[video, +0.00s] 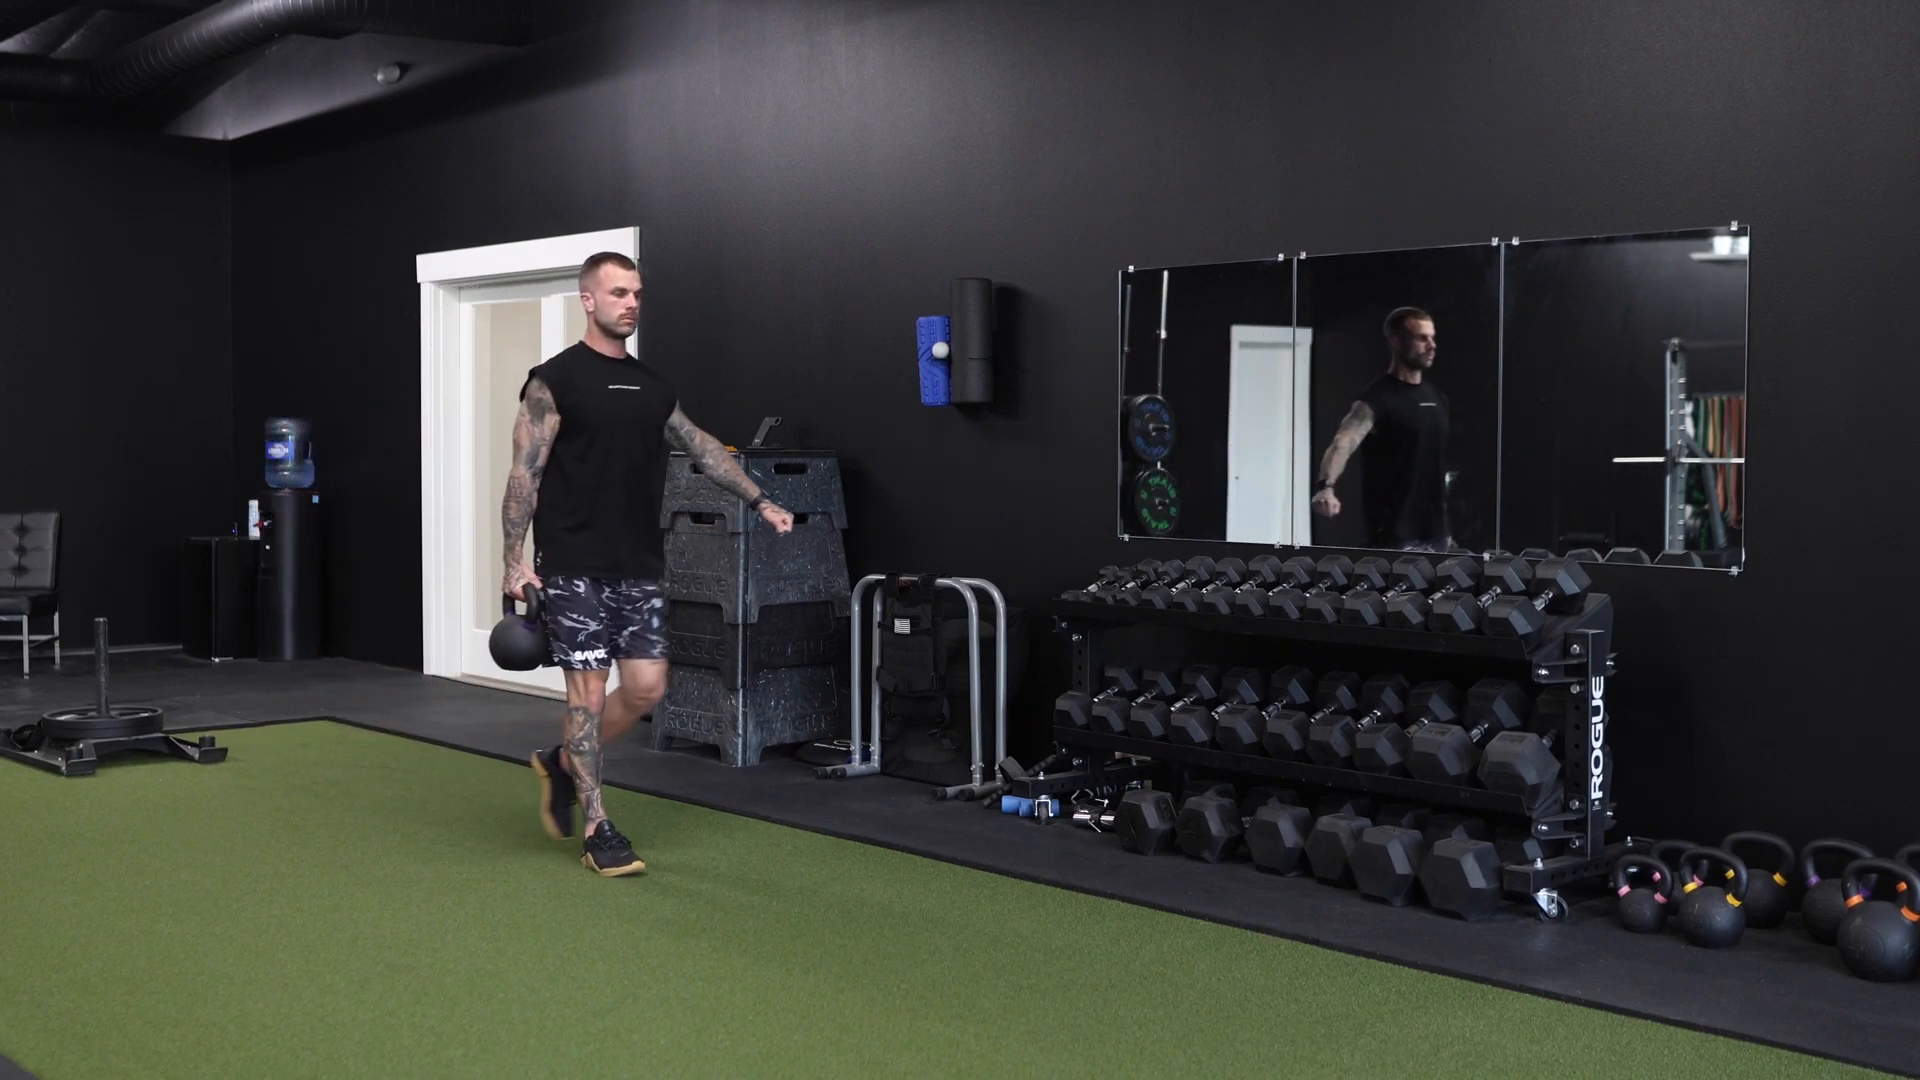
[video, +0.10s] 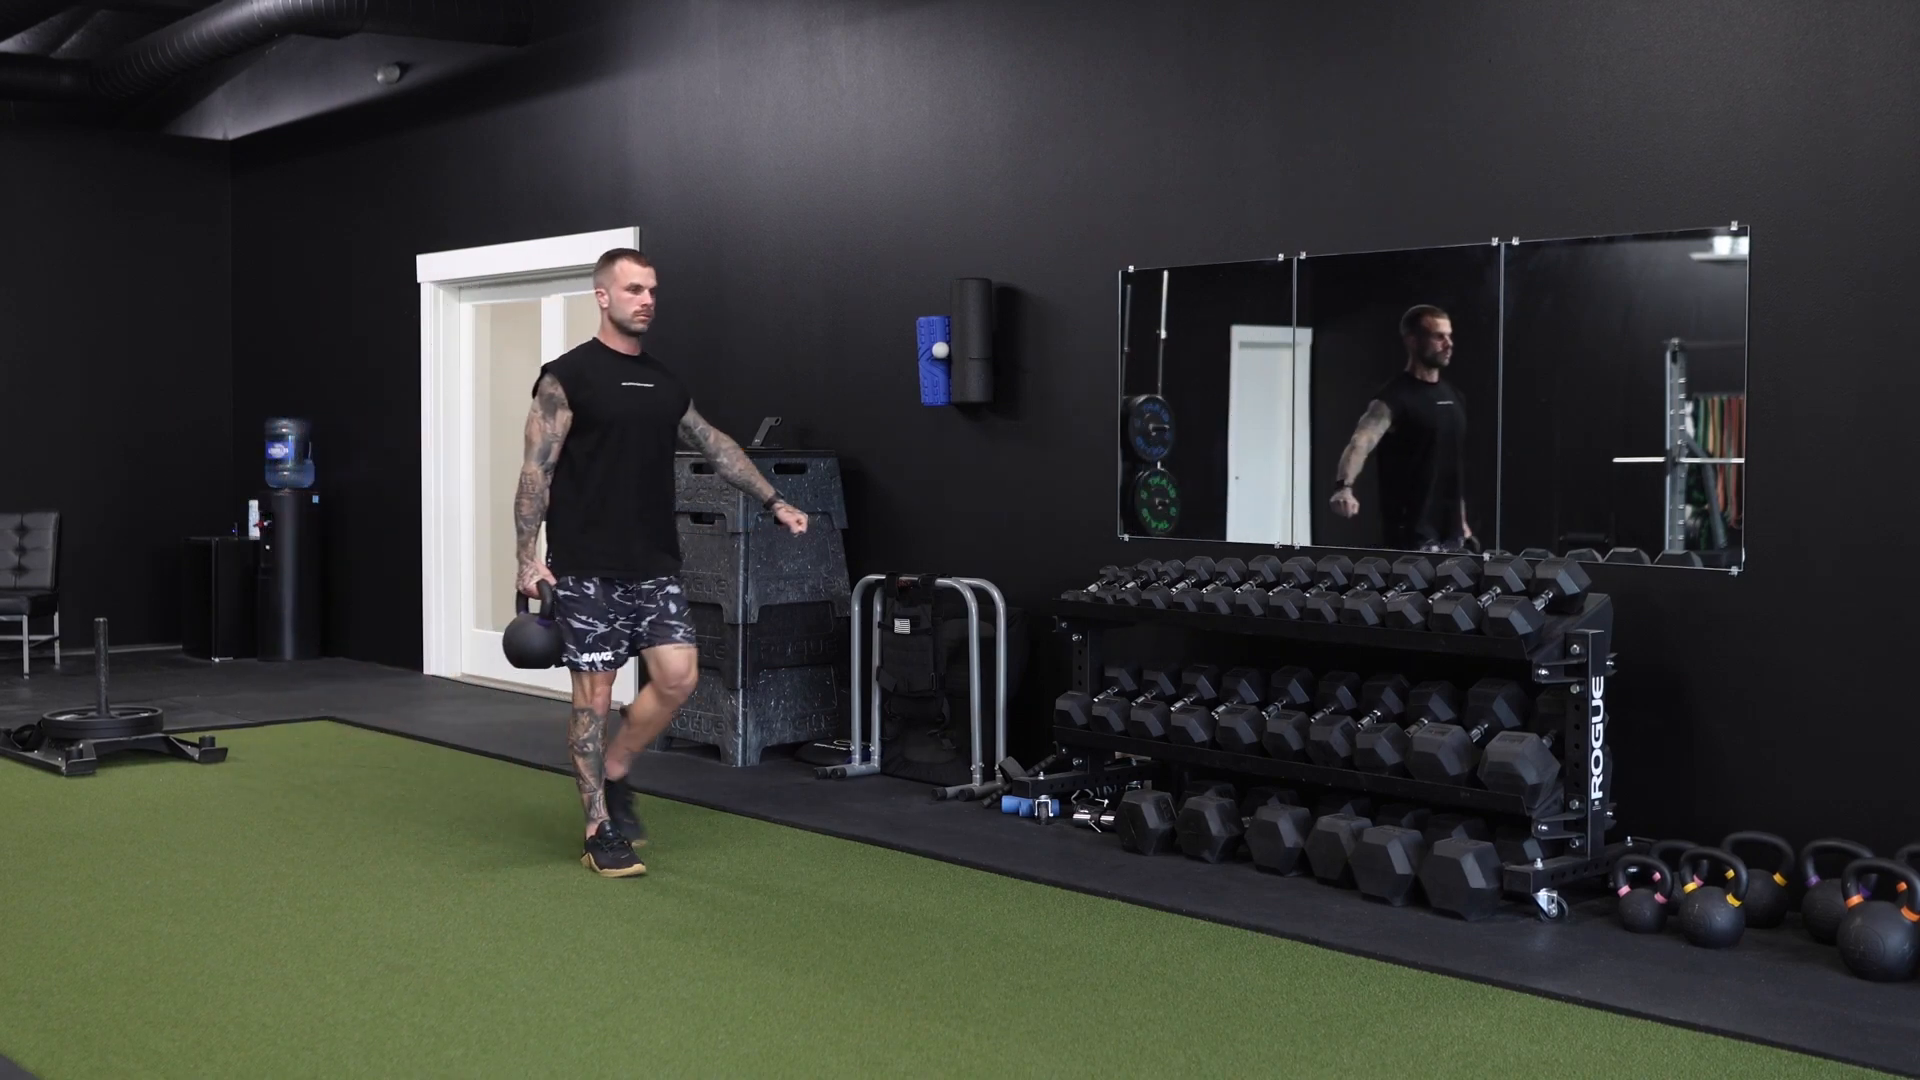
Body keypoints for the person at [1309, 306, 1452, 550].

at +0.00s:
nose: (1431, 345)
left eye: (1433, 338)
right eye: (1421, 338)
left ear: (1435, 340)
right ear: (1395, 342)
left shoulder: (1436, 399)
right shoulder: (1376, 399)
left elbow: (1432, 465)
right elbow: (1343, 444)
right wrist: (1325, 486)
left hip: (1435, 532)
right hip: (1393, 533)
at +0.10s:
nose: (1448, 343)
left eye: (1449, 336)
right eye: (1439, 336)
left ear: (1452, 338)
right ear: (1412, 340)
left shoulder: (1451, 397)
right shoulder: (1394, 397)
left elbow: (1451, 467)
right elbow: (1361, 442)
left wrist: (1460, 522)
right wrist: (1343, 486)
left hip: (1448, 532)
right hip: (1408, 531)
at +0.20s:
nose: (1466, 343)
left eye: (1467, 336)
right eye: (1456, 336)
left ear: (1470, 338)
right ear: (1429, 339)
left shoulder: (1468, 395)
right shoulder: (1412, 396)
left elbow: (1472, 463)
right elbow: (1378, 443)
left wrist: (1479, 516)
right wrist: (1362, 486)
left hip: (1463, 528)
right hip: (1423, 529)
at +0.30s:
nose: (1484, 344)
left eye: (1485, 336)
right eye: (1474, 337)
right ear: (1446, 340)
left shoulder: (1483, 395)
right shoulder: (1430, 398)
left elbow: (1491, 463)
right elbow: (1396, 445)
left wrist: (1502, 514)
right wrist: (1380, 489)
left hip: (1482, 529)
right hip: (1441, 530)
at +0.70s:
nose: (1569, 344)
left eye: (1570, 336)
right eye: (1559, 336)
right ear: (1530, 341)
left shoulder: (1565, 393)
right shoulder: (1515, 398)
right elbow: (1481, 451)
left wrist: (1583, 530)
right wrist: (1471, 499)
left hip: (1570, 534)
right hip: (1527, 538)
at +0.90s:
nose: (1611, 342)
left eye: (1612, 334)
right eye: (1601, 334)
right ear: (1571, 338)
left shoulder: (1603, 393)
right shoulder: (1553, 397)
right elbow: (1522, 451)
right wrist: (1515, 497)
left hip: (1608, 532)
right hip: (1565, 536)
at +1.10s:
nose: (1661, 342)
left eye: (1663, 335)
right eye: (1651, 334)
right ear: (1622, 339)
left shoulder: (1655, 396)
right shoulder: (1600, 398)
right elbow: (1563, 447)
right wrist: (1550, 493)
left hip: (1652, 534)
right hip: (1606, 535)